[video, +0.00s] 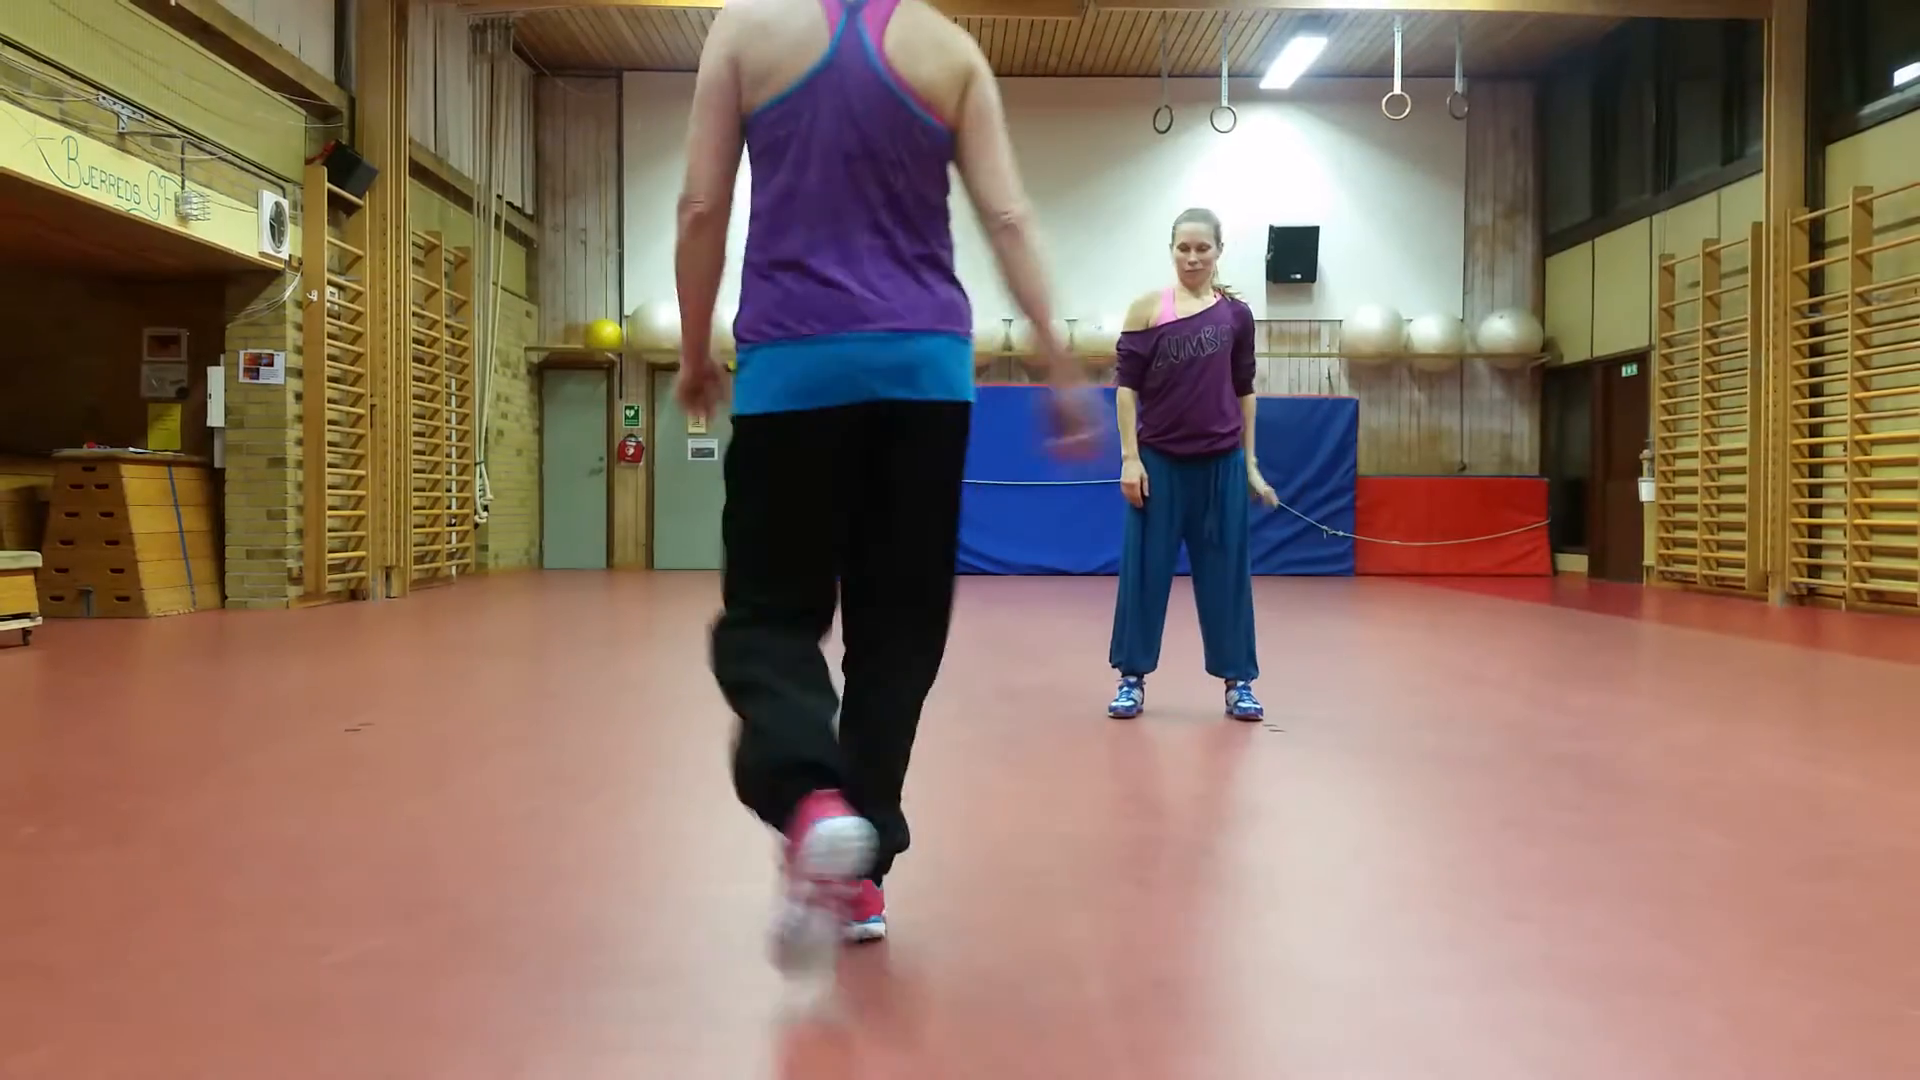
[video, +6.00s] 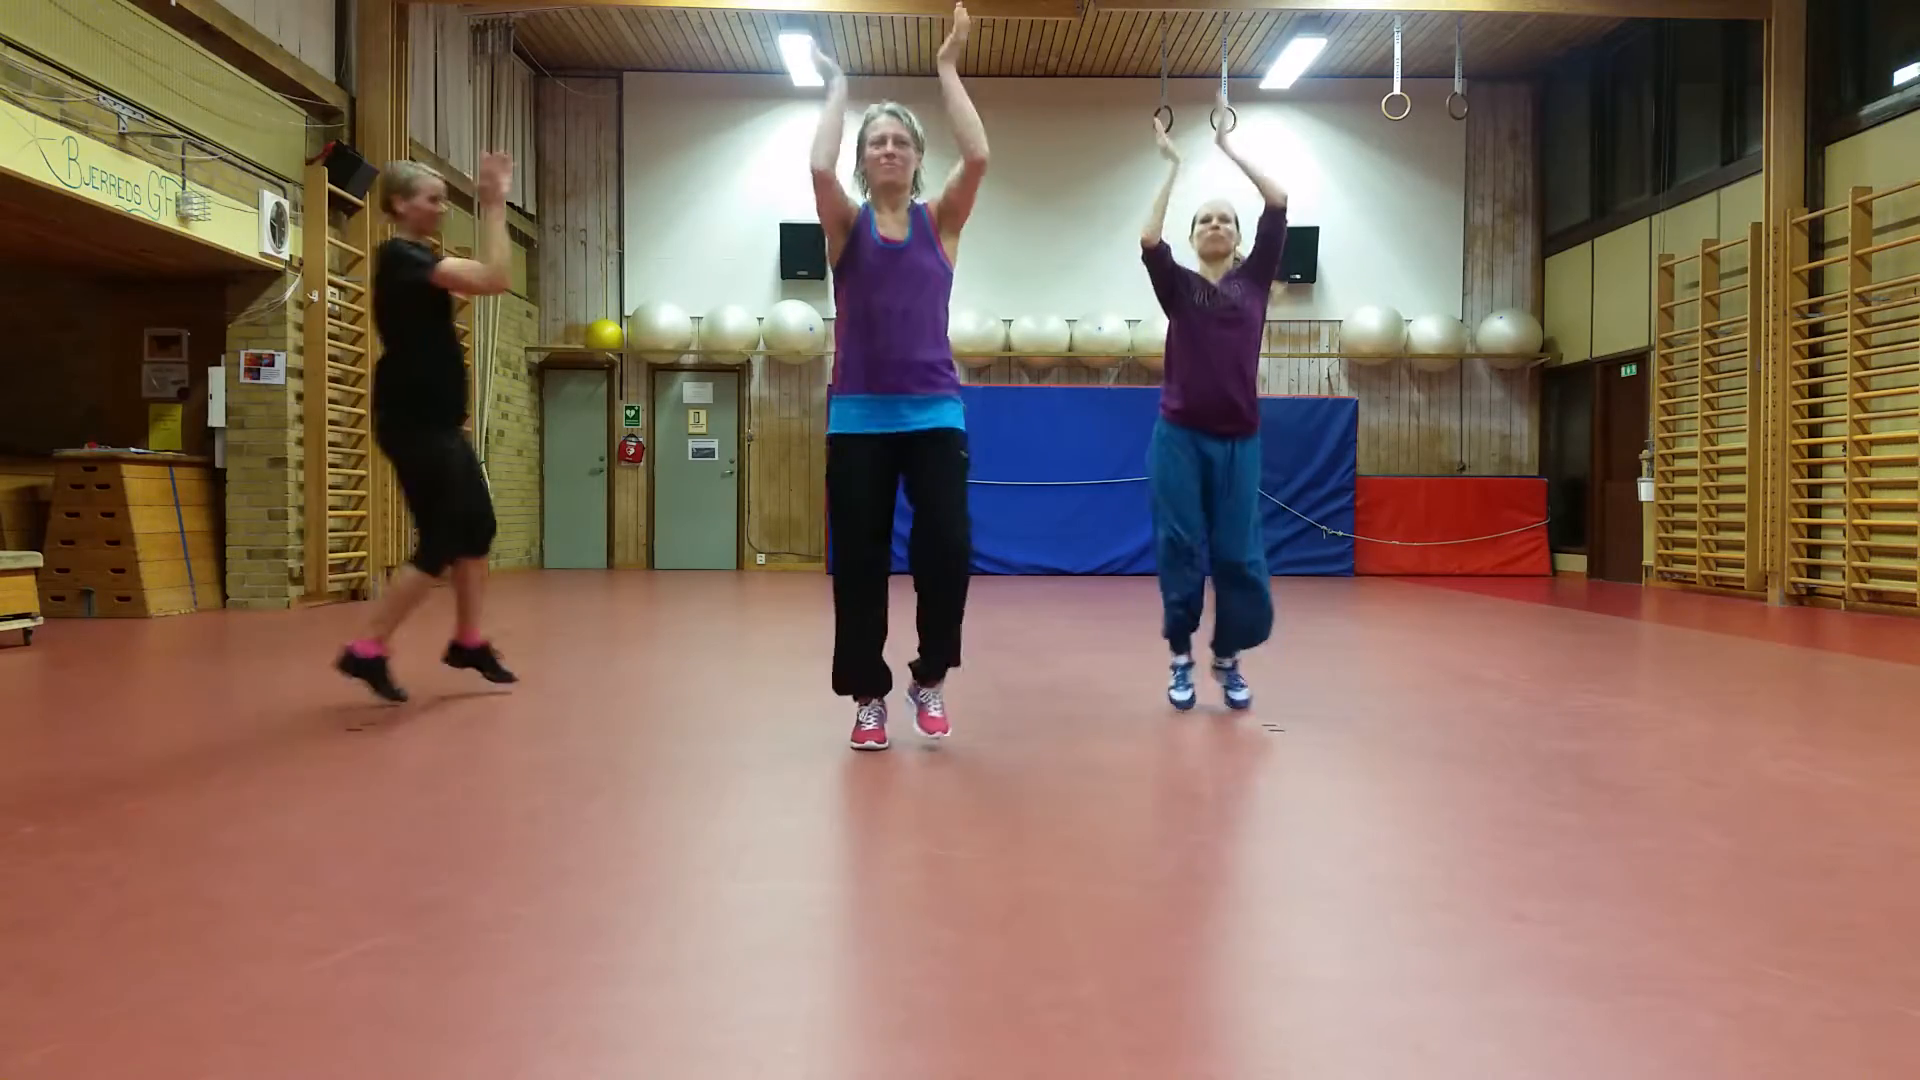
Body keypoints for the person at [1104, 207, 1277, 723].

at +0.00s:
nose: (1192, 257)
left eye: (1202, 248)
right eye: (1184, 248)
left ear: (1218, 252)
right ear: (1172, 251)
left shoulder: (1236, 313)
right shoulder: (1147, 309)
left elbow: (1245, 390)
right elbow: (1126, 387)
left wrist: (1250, 463)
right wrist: (1130, 458)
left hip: (1222, 460)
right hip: (1158, 459)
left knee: (1228, 571)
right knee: (1144, 571)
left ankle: (1238, 682)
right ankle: (1131, 679)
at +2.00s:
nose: (1205, 254)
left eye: (1214, 244)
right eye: (1196, 245)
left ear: (1229, 248)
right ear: (1183, 250)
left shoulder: (1253, 308)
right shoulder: (1162, 310)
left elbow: (1269, 384)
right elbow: (1145, 388)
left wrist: (1272, 455)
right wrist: (1145, 454)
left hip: (1240, 459)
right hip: (1176, 459)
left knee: (1238, 572)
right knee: (1166, 568)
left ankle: (1238, 683)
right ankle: (1161, 679)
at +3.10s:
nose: (1203, 252)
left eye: (1212, 244)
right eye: (1194, 243)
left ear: (1225, 254)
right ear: (1178, 252)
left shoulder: (1244, 314)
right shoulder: (1156, 312)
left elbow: (1258, 383)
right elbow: (1133, 385)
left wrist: (1249, 411)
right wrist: (1180, 400)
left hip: (1231, 460)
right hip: (1172, 460)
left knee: (1232, 568)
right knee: (1176, 567)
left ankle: (1222, 678)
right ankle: (1181, 677)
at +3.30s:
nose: (1206, 251)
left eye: (1215, 244)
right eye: (1197, 243)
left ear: (1226, 252)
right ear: (1181, 250)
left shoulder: (1242, 307)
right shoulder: (1160, 306)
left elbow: (1257, 371)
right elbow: (1157, 368)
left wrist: (1237, 322)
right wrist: (1202, 324)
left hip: (1232, 453)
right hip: (1174, 453)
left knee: (1232, 566)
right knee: (1173, 565)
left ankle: (1223, 676)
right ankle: (1180, 677)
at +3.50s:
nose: (1215, 256)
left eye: (1223, 249)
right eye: (1206, 248)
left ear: (1230, 257)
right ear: (1187, 255)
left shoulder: (1245, 304)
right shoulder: (1170, 309)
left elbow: (1289, 306)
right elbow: (1148, 319)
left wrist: (1254, 250)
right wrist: (1185, 274)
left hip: (1237, 453)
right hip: (1179, 452)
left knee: (1237, 565)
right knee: (1186, 561)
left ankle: (1226, 677)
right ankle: (1183, 669)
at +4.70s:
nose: (1208, 246)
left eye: (1216, 239)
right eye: (1199, 238)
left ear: (1226, 249)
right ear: (1181, 247)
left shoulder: (1238, 303)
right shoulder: (1166, 308)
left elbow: (1281, 241)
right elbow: (1154, 268)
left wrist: (1236, 180)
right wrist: (1184, 203)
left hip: (1237, 460)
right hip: (1180, 459)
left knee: (1256, 560)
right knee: (1172, 569)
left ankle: (1223, 665)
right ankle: (1170, 674)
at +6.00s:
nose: (1216, 226)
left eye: (1225, 221)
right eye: (1206, 221)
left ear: (1239, 236)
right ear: (1192, 236)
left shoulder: (1252, 284)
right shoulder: (1179, 286)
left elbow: (1278, 201)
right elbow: (1149, 240)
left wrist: (1228, 144)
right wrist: (1170, 165)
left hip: (1238, 438)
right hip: (1181, 434)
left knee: (1239, 552)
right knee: (1181, 547)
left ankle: (1227, 658)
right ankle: (1180, 658)